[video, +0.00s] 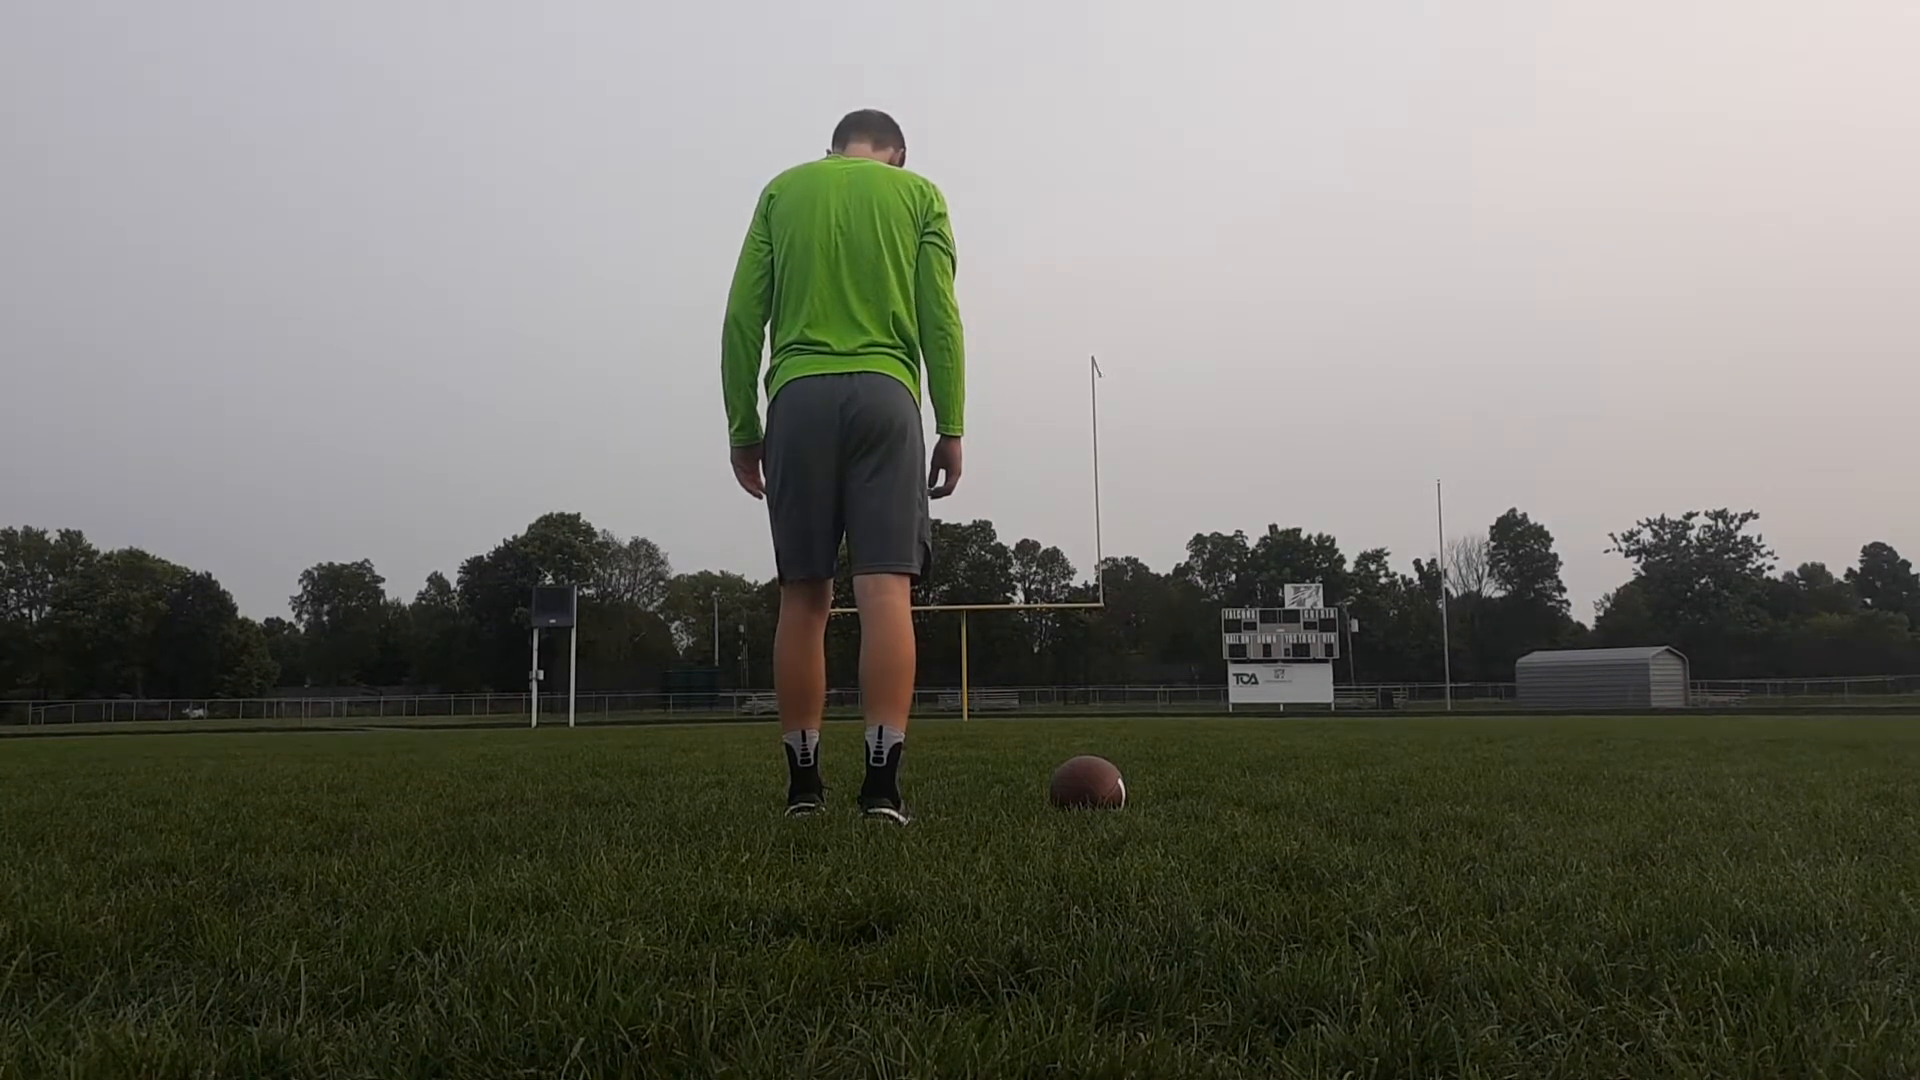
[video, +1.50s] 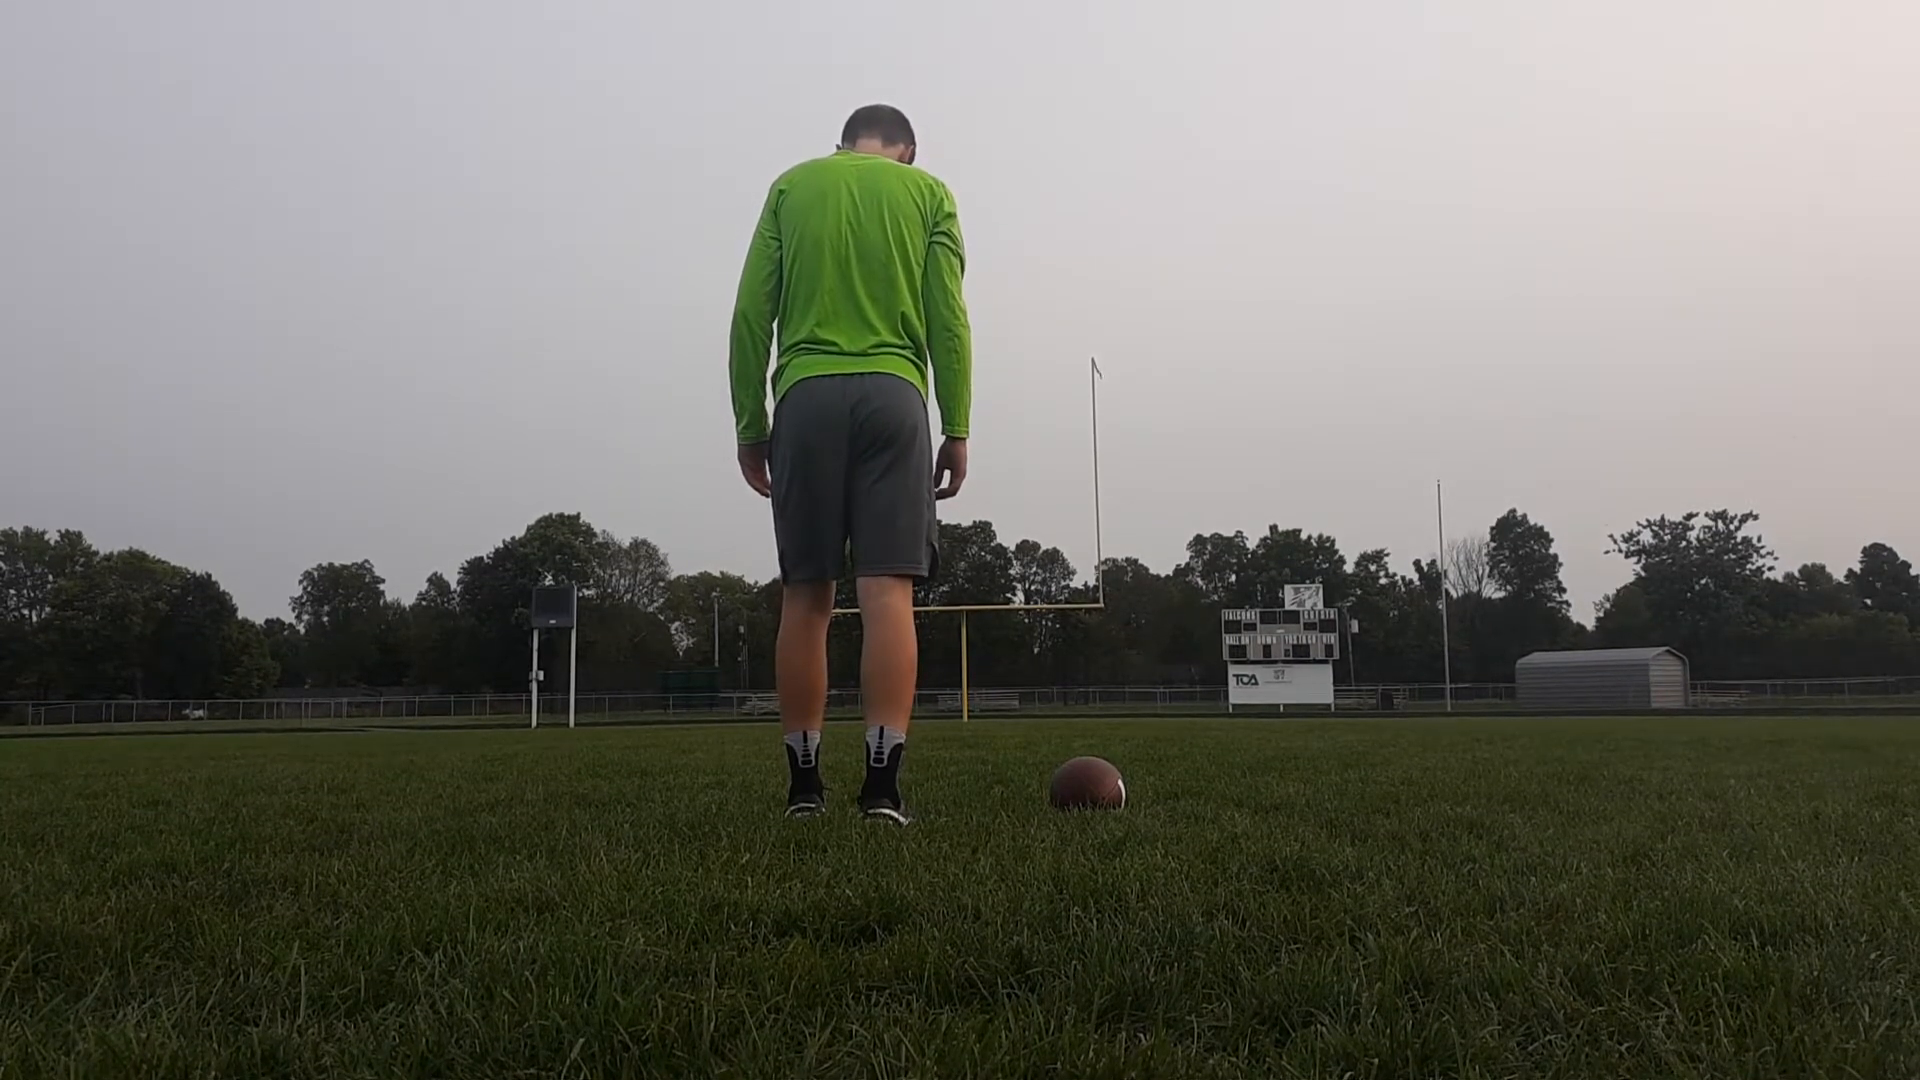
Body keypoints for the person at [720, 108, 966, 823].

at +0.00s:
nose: (900, 173)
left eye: (896, 164)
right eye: (902, 162)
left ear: (834, 145)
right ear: (895, 151)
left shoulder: (782, 189)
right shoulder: (917, 193)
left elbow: (743, 315)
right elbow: (939, 313)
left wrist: (743, 427)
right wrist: (952, 426)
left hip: (799, 397)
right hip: (885, 396)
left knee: (803, 596)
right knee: (885, 592)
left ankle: (803, 785)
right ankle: (882, 790)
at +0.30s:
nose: (905, 174)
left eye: (901, 163)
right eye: (907, 163)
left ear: (839, 146)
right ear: (899, 152)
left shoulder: (786, 187)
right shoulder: (920, 192)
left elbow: (744, 312)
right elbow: (941, 311)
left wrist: (743, 427)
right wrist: (954, 427)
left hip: (800, 395)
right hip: (886, 394)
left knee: (803, 594)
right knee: (887, 591)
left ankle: (804, 786)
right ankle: (882, 791)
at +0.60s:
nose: (908, 176)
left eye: (904, 166)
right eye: (909, 165)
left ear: (842, 147)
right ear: (901, 154)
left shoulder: (788, 187)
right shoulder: (922, 192)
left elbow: (745, 312)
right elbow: (943, 312)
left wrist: (744, 428)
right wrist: (955, 429)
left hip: (802, 396)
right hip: (889, 394)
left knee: (805, 595)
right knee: (890, 591)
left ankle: (804, 786)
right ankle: (883, 789)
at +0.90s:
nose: (910, 173)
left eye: (906, 163)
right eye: (911, 163)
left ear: (843, 145)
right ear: (903, 151)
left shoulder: (790, 185)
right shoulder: (924, 191)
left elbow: (748, 311)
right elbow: (944, 312)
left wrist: (746, 426)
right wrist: (955, 428)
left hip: (804, 396)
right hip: (890, 395)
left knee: (805, 597)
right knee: (888, 593)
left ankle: (804, 786)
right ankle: (883, 791)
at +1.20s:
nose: (910, 174)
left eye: (906, 165)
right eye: (912, 163)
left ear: (844, 144)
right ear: (905, 151)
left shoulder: (792, 184)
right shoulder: (926, 193)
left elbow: (750, 310)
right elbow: (946, 317)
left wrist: (750, 427)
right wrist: (956, 429)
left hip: (806, 396)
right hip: (892, 395)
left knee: (806, 594)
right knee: (888, 591)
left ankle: (804, 786)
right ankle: (882, 789)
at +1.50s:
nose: (910, 170)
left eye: (905, 161)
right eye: (912, 160)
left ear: (843, 141)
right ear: (906, 148)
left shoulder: (792, 184)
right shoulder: (927, 191)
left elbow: (751, 310)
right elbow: (947, 313)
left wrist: (751, 426)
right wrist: (957, 427)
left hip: (807, 397)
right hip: (893, 397)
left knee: (806, 593)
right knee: (889, 591)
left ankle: (805, 787)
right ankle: (882, 792)